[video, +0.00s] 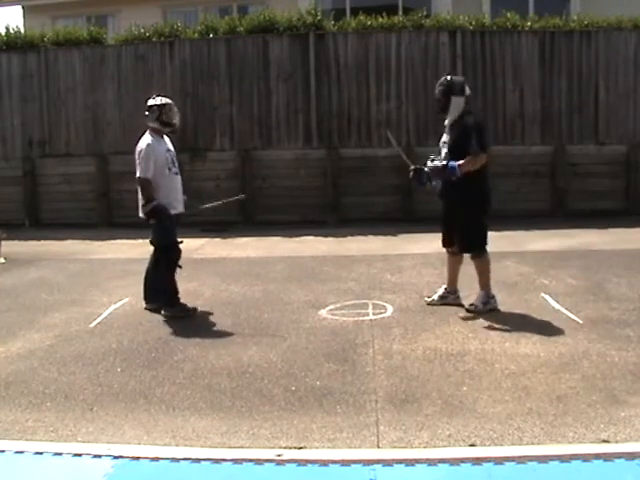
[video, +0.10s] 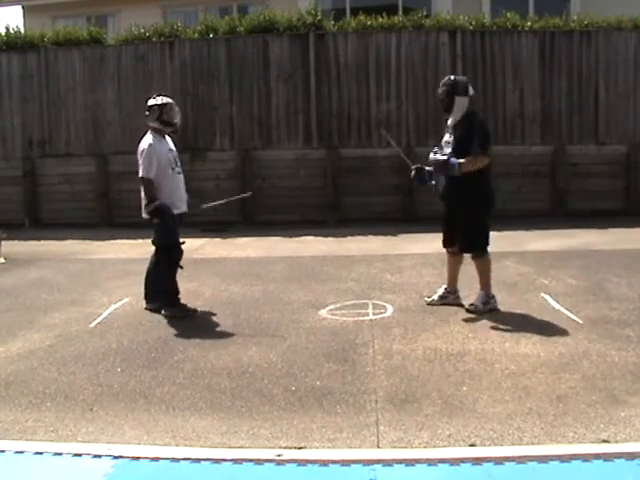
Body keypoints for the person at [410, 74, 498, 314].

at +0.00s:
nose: (439, 103)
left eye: (443, 97)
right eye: (440, 97)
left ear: (456, 98)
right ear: (450, 99)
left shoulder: (472, 124)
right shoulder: (450, 125)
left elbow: (480, 157)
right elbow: (447, 157)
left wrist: (451, 169)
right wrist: (427, 171)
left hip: (472, 197)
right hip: (453, 196)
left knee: (476, 246)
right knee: (452, 244)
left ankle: (486, 294)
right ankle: (450, 290)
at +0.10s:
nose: (442, 101)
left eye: (446, 96)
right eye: (442, 97)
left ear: (459, 98)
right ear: (449, 98)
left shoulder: (475, 124)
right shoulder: (452, 124)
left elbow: (483, 158)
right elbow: (450, 158)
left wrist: (452, 166)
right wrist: (429, 172)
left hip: (475, 197)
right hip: (454, 196)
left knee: (477, 247)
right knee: (452, 244)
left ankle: (486, 294)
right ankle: (450, 290)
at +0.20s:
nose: (448, 103)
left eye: (452, 97)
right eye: (447, 98)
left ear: (466, 99)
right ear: (457, 99)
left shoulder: (480, 125)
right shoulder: (457, 124)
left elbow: (484, 162)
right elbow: (450, 155)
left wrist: (454, 162)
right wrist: (433, 169)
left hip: (479, 200)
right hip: (459, 198)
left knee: (479, 246)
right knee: (448, 240)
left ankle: (486, 295)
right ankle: (450, 289)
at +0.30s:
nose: (450, 102)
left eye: (457, 96)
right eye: (450, 97)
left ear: (468, 99)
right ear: (461, 99)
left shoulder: (482, 126)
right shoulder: (458, 124)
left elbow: (485, 161)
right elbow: (448, 152)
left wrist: (455, 161)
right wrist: (434, 168)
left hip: (480, 198)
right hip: (458, 196)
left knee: (480, 246)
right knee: (443, 238)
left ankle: (487, 294)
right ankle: (448, 286)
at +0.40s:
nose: (449, 101)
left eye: (454, 96)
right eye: (448, 96)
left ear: (469, 98)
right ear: (453, 98)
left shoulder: (482, 125)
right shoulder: (457, 123)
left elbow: (486, 161)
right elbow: (452, 152)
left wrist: (454, 160)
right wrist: (435, 165)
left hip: (479, 201)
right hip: (456, 198)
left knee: (481, 247)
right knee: (443, 239)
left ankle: (486, 295)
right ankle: (440, 285)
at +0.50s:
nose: (447, 101)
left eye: (452, 96)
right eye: (447, 96)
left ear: (467, 98)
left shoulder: (481, 124)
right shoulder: (456, 123)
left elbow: (484, 161)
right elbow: (448, 151)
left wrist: (451, 165)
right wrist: (433, 157)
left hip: (478, 200)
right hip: (457, 197)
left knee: (479, 247)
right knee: (444, 241)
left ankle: (486, 295)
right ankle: (436, 287)